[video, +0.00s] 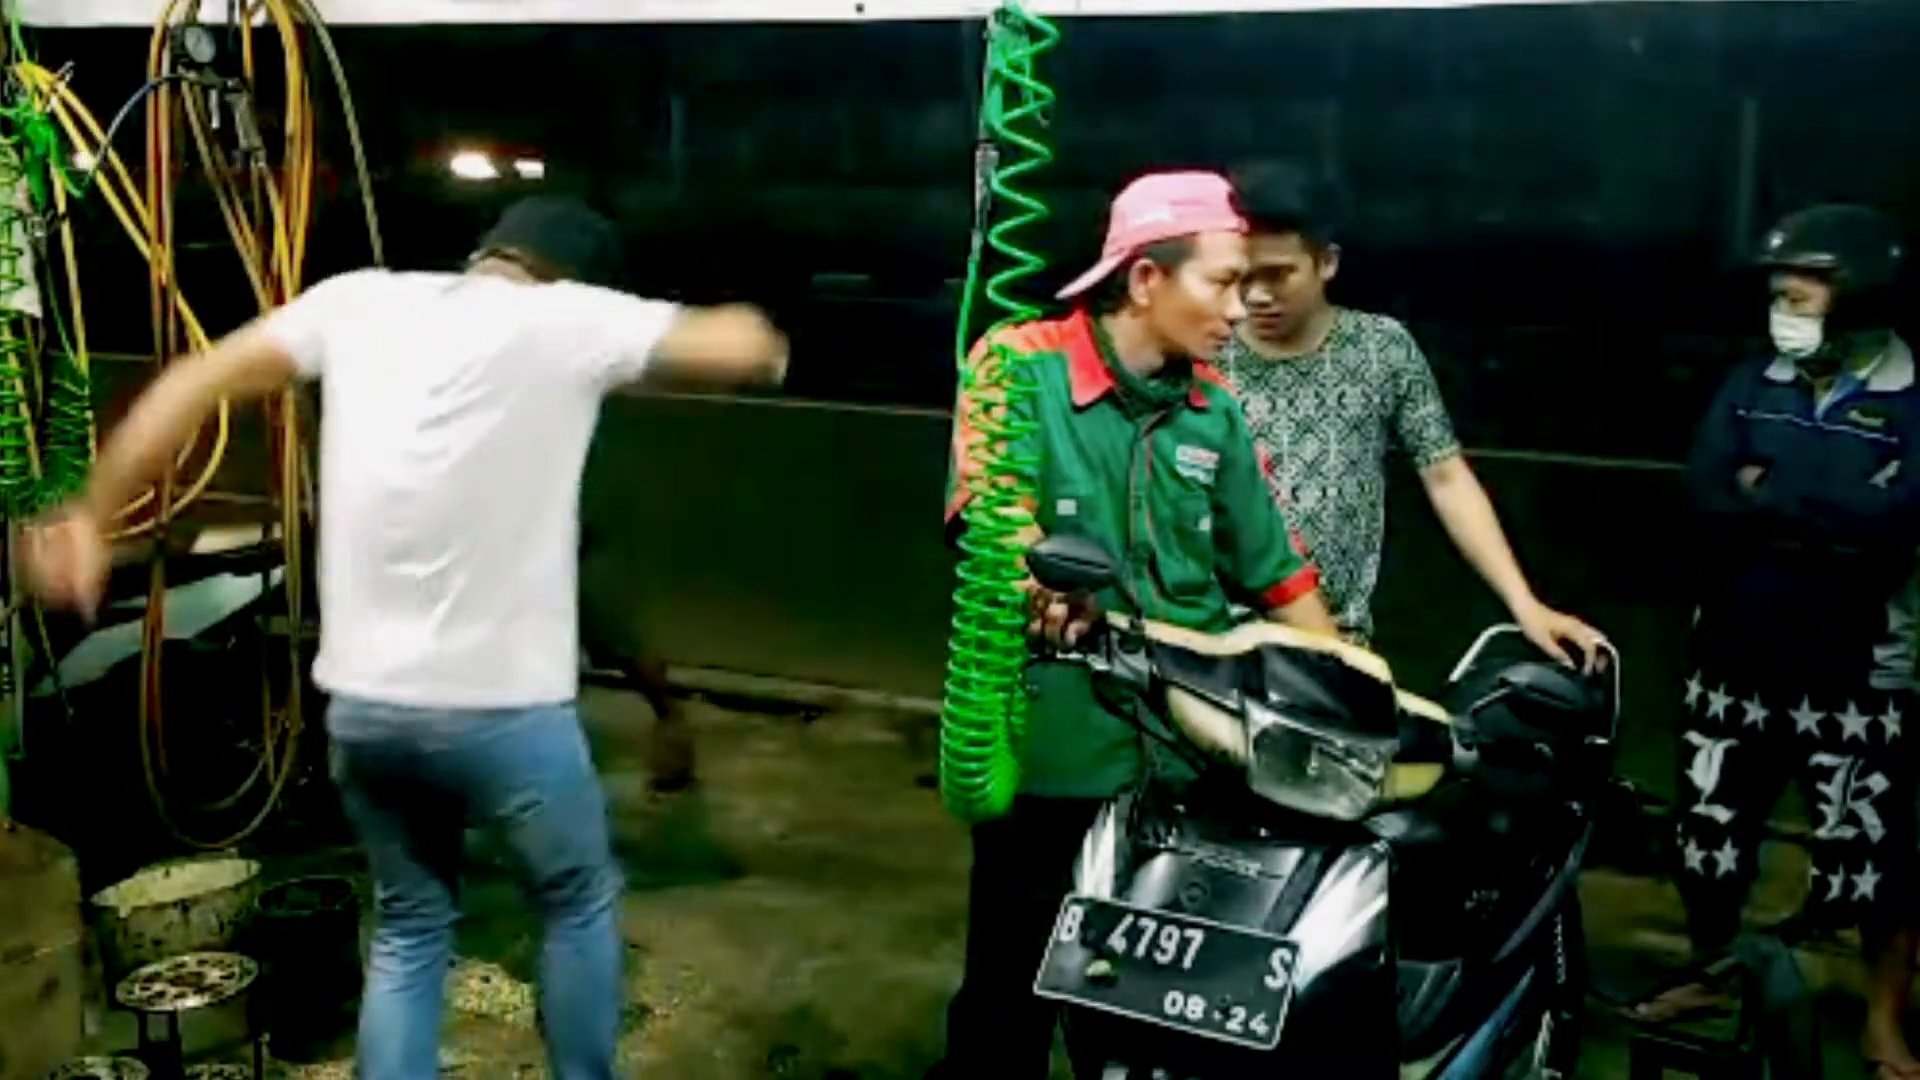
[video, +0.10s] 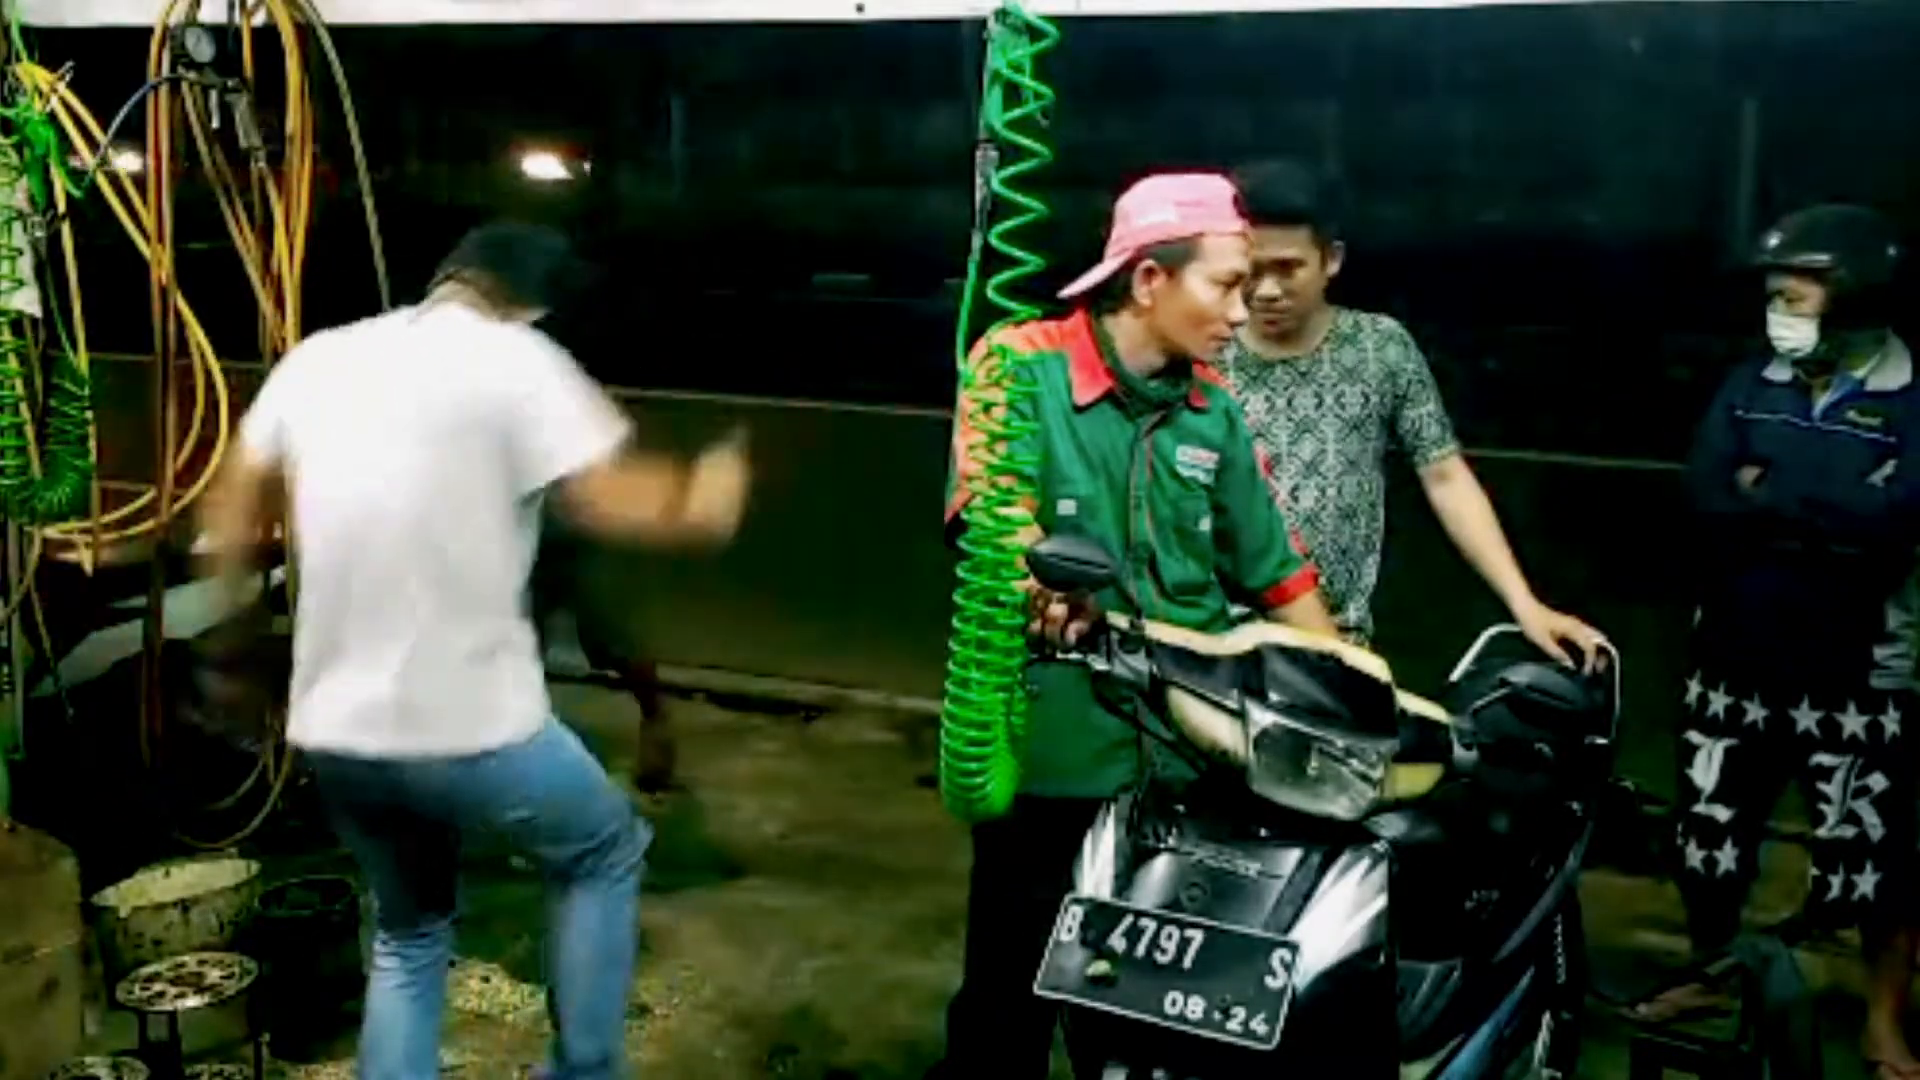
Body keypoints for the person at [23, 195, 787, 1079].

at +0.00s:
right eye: (585, 276)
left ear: (486, 253)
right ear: (565, 273)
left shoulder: (354, 302)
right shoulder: (572, 321)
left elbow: (191, 381)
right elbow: (750, 348)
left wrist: (89, 515)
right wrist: (692, 331)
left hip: (364, 709)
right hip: (508, 714)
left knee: (407, 921)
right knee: (577, 903)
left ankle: (391, 1074)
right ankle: (584, 1069)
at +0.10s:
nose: (534, 331)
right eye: (537, 318)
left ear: (445, 282)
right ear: (524, 305)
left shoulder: (314, 360)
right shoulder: (519, 363)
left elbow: (227, 527)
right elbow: (605, 496)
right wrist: (700, 499)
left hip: (337, 732)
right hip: (472, 730)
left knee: (406, 937)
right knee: (603, 850)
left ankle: (392, 1076)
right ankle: (586, 1066)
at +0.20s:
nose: (502, 358)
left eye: (507, 344)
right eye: (506, 342)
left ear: (419, 303)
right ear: (489, 327)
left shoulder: (297, 393)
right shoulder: (477, 383)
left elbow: (302, 557)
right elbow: (529, 550)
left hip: (318, 747)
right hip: (446, 742)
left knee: (410, 935)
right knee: (608, 838)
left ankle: (394, 1075)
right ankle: (542, 1062)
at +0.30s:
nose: (490, 356)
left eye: (499, 341)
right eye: (494, 337)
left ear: (411, 290)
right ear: (475, 316)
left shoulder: (306, 361)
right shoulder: (434, 369)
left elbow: (422, 479)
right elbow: (429, 529)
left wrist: (581, 486)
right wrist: (480, 684)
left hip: (300, 737)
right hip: (400, 740)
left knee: (401, 938)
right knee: (580, 866)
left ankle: (394, 1072)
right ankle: (470, 1065)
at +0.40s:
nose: (491, 315)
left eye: (498, 302)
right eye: (498, 298)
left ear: (415, 245)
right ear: (480, 283)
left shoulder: (315, 312)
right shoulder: (408, 323)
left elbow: (495, 356)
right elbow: (335, 459)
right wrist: (365, 647)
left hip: (299, 711)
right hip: (390, 714)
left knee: (383, 943)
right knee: (497, 931)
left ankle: (373, 1072)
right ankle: (402, 1067)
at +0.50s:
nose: (489, 311)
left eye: (498, 296)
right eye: (500, 293)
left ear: (415, 244)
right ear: (475, 281)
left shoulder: (345, 298)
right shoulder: (388, 306)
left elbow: (482, 282)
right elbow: (291, 395)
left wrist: (603, 316)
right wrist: (325, 588)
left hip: (325, 724)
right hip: (344, 728)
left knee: (376, 996)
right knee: (406, 1004)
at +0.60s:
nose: (494, 328)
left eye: (508, 311)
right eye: (502, 310)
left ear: (420, 252)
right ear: (474, 293)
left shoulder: (315, 305)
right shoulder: (382, 314)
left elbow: (485, 316)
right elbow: (298, 412)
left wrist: (583, 360)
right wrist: (338, 611)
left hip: (291, 731)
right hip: (328, 741)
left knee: (385, 994)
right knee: (391, 1013)